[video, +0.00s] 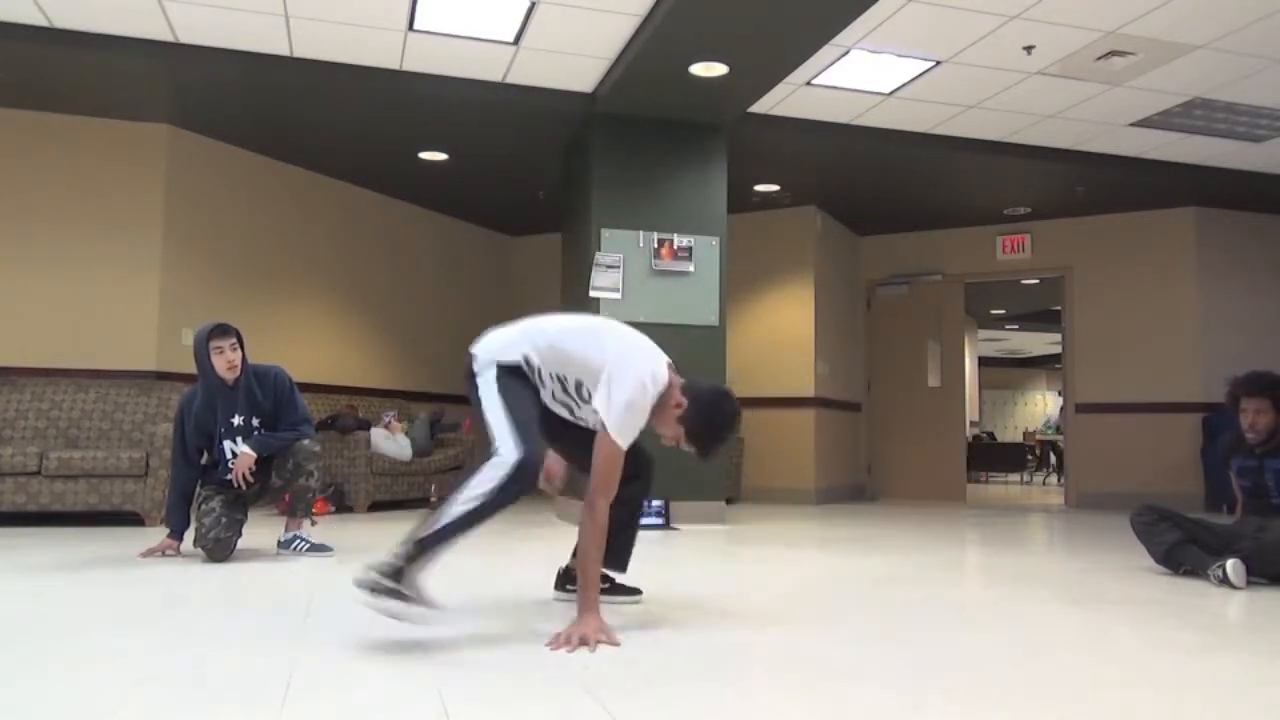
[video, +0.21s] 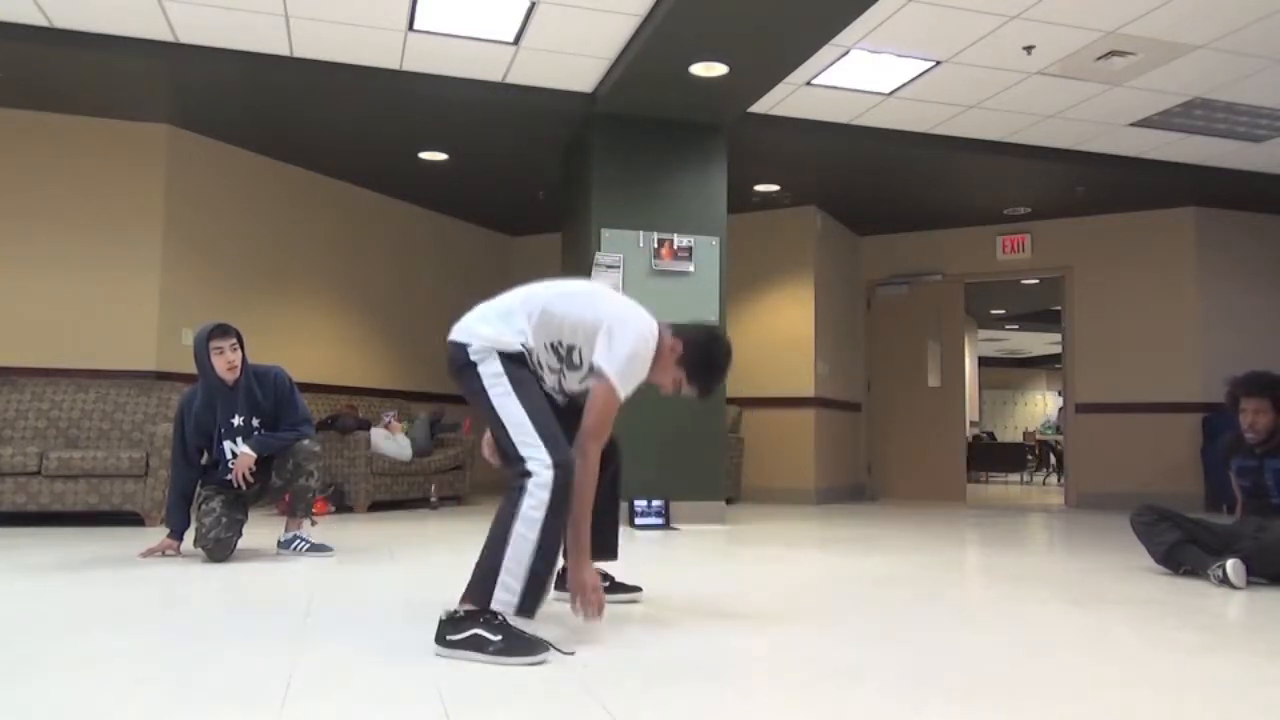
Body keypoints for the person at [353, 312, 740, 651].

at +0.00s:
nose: (669, 444)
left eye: (679, 444)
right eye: (677, 439)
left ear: (680, 400)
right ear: (679, 405)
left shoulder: (655, 382)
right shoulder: (631, 382)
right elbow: (596, 505)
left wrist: (562, 456)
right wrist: (588, 614)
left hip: (550, 387)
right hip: (502, 364)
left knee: (636, 465)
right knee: (517, 460)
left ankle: (585, 570)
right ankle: (398, 568)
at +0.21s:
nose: (666, 392)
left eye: (676, 392)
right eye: (676, 385)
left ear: (675, 347)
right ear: (676, 352)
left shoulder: (637, 335)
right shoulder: (635, 336)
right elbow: (586, 450)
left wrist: (501, 424)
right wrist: (580, 566)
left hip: (519, 355)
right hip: (488, 347)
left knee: (601, 452)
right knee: (547, 469)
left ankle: (583, 575)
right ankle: (474, 617)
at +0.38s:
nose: (668, 339)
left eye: (679, 336)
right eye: (678, 330)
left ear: (669, 292)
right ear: (670, 296)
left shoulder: (630, 292)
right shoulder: (625, 290)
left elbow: (591, 406)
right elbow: (589, 406)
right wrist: (600, 515)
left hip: (517, 341)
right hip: (479, 330)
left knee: (569, 442)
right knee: (527, 459)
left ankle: (577, 569)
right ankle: (472, 618)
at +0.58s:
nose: (671, 260)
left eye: (680, 255)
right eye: (674, 247)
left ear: (655, 220)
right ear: (652, 217)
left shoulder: (610, 234)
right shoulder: (604, 234)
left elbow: (561, 345)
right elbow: (573, 349)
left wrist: (597, 439)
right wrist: (601, 448)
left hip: (524, 334)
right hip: (479, 325)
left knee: (565, 448)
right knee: (520, 462)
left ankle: (572, 574)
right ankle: (471, 617)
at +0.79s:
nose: (647, 181)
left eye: (655, 174)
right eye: (644, 166)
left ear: (646, 164)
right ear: (613, 144)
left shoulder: (605, 202)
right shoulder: (571, 179)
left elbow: (567, 286)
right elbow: (529, 285)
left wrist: (599, 356)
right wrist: (578, 375)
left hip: (530, 322)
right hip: (491, 318)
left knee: (566, 448)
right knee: (528, 461)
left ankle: (567, 574)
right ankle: (471, 620)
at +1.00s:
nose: (635, 160)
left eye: (645, 153)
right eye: (630, 145)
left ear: (648, 151)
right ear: (601, 128)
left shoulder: (610, 201)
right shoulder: (556, 170)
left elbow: (593, 285)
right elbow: (488, 242)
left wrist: (647, 344)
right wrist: (505, 331)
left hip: (561, 331)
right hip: (511, 328)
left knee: (599, 460)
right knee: (532, 470)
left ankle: (575, 574)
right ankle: (473, 619)